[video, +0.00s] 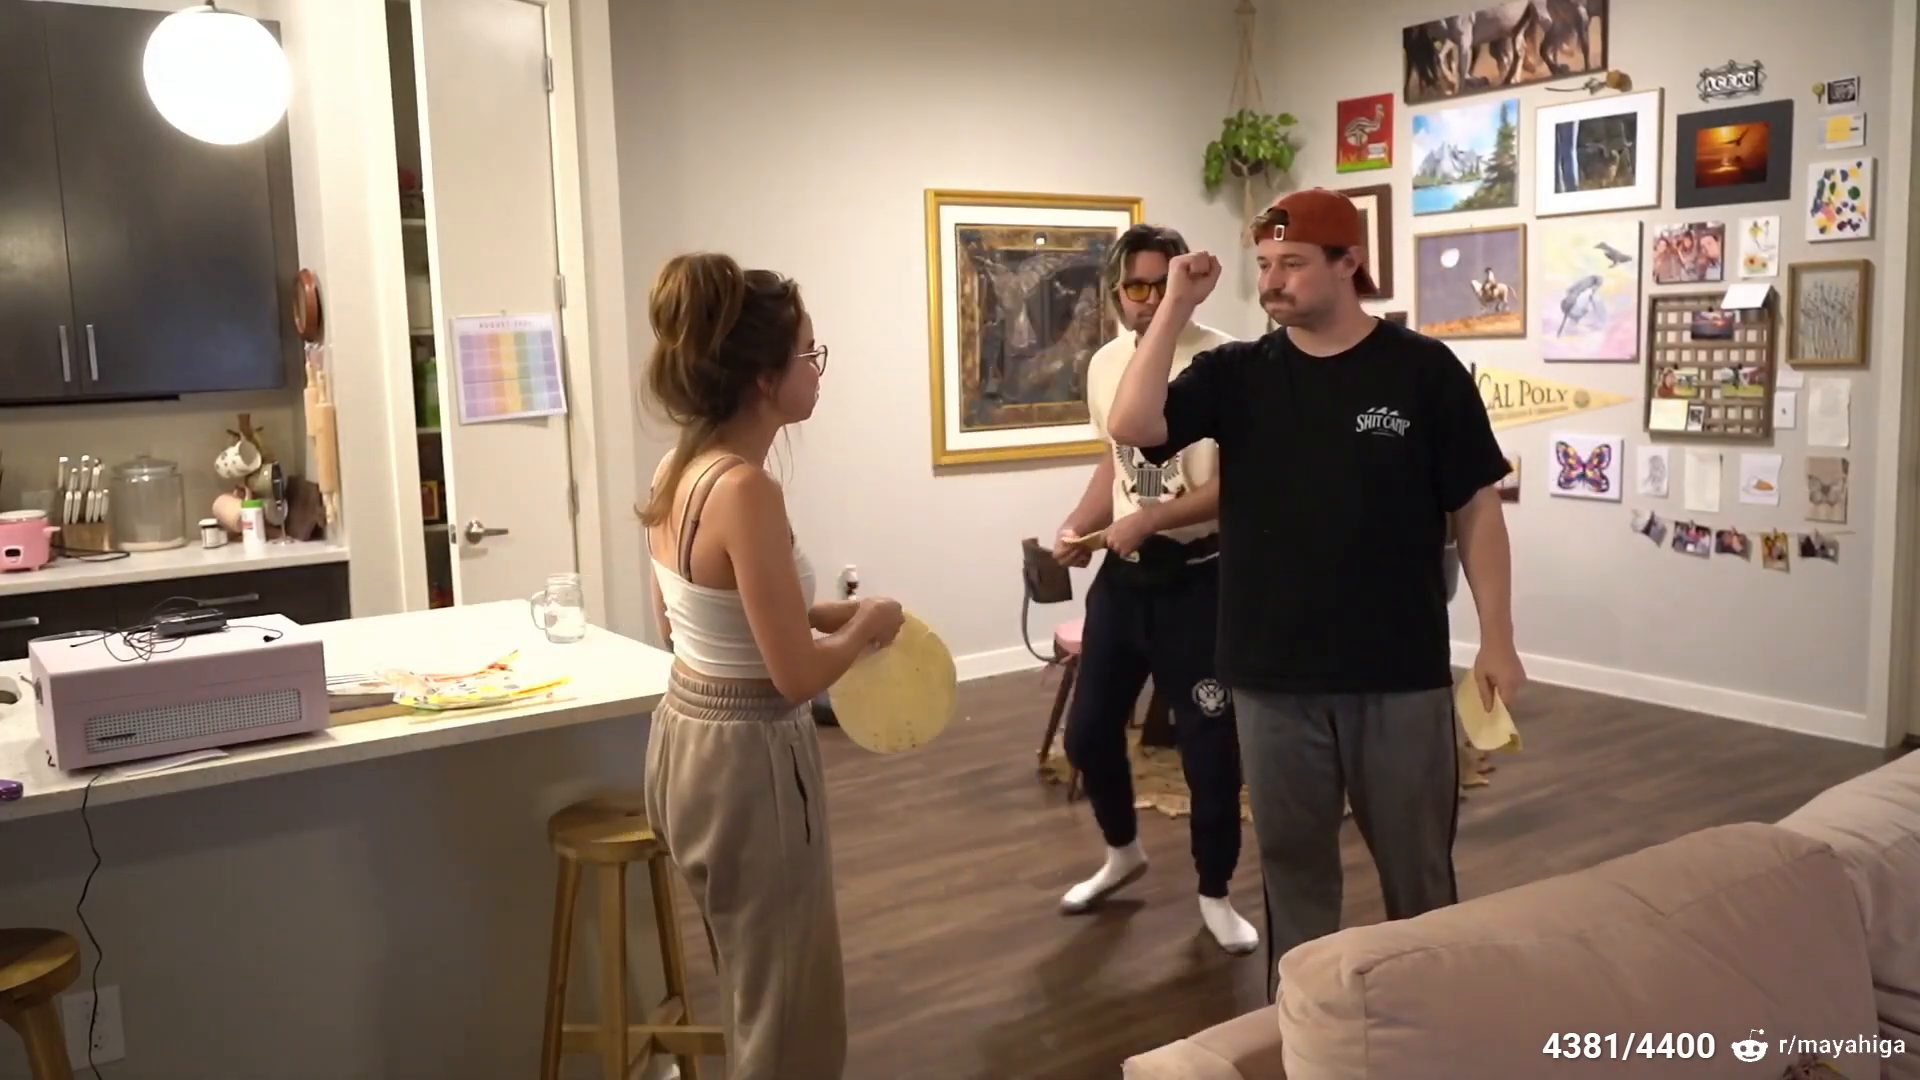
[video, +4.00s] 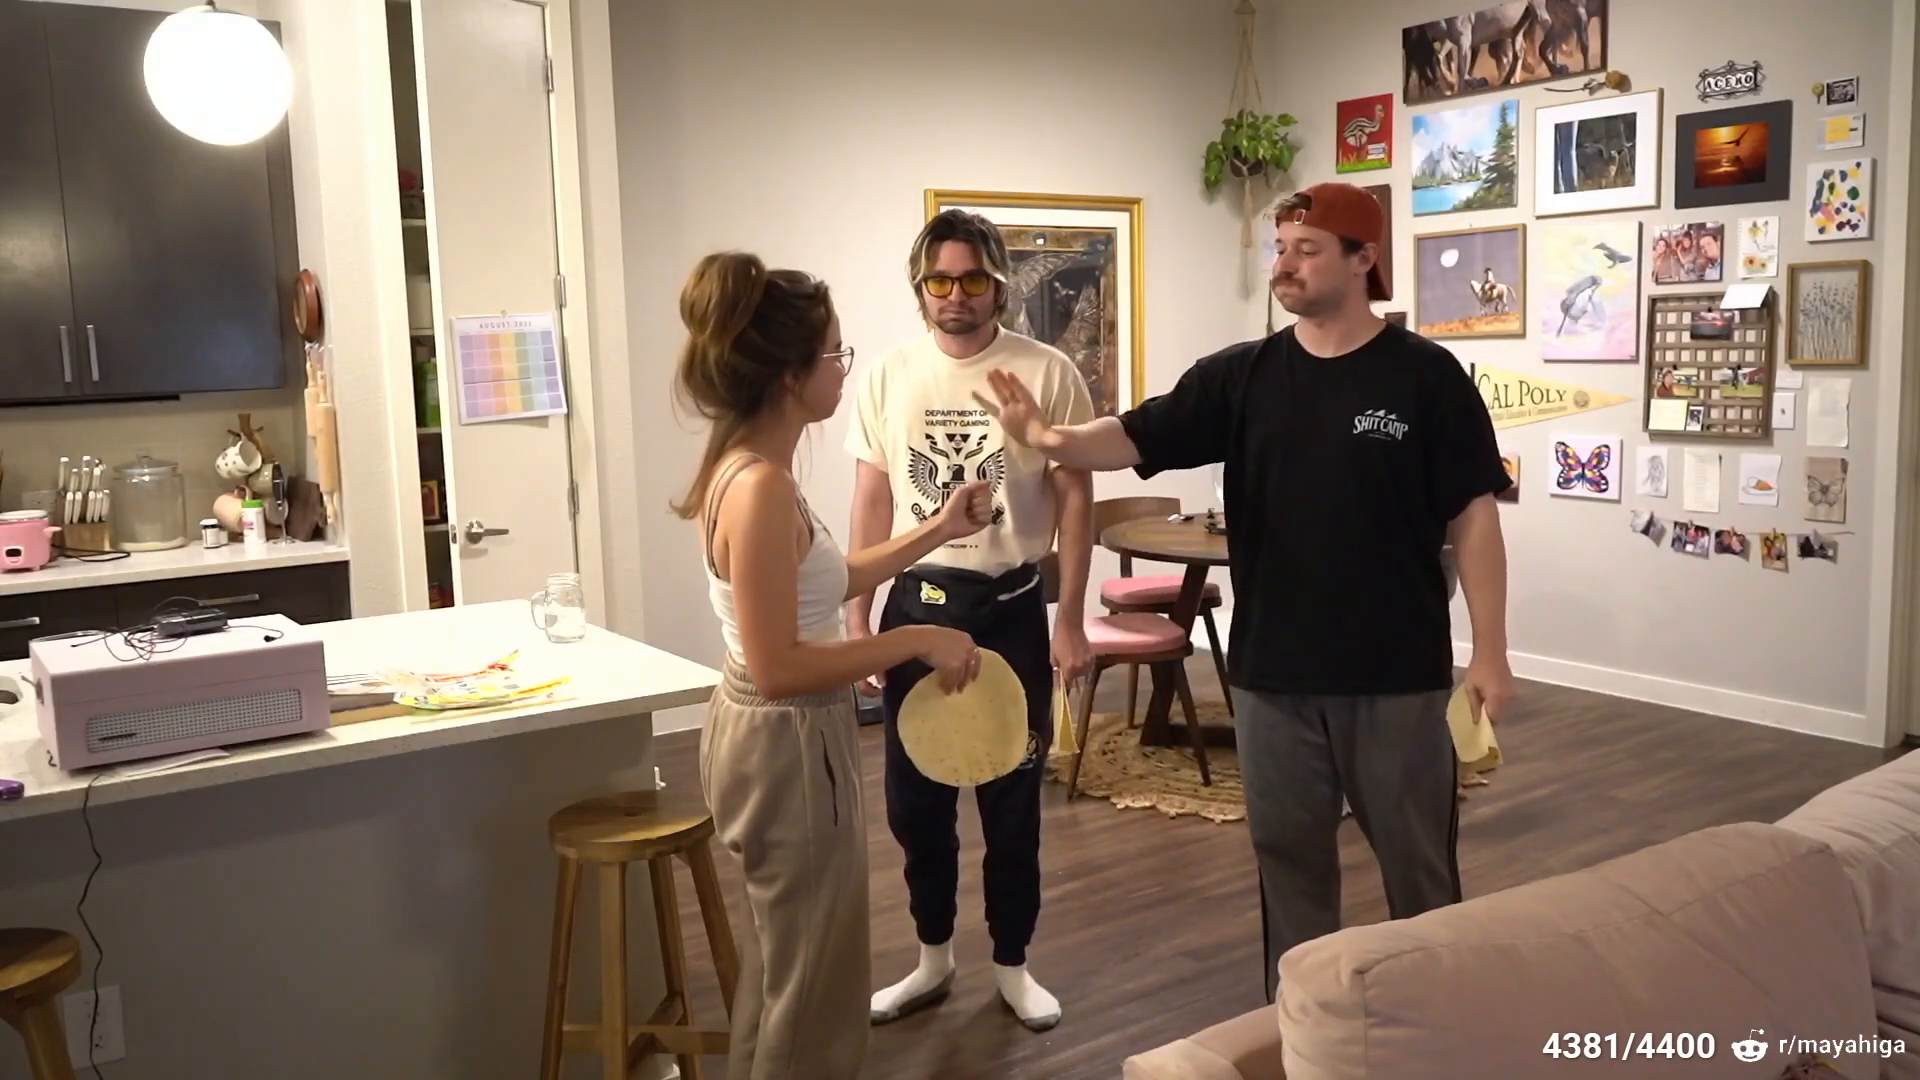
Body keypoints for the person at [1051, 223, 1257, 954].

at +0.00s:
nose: (1144, 300)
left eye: (1158, 287)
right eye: (1133, 287)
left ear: (1184, 291)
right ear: (1116, 291)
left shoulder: (1218, 363)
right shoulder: (1105, 364)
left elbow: (1234, 485)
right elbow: (1114, 462)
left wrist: (1150, 519)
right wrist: (1077, 524)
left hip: (1200, 577)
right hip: (1125, 574)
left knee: (1210, 748)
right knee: (1090, 733)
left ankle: (1215, 896)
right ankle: (1123, 852)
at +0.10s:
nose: (1165, 296)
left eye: (1180, 281)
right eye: (1152, 284)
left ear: (1208, 282)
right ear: (1139, 291)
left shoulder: (1241, 360)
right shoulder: (1132, 359)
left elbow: (1249, 485)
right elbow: (1131, 462)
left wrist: (1163, 515)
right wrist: (1098, 516)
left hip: (1212, 572)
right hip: (1141, 570)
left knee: (1215, 741)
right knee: (1129, 737)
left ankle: (1216, 891)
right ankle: (1203, 830)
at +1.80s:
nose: (1129, 291)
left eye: (1144, 277)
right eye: (1120, 279)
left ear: (1183, 279)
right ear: (1114, 288)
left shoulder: (1228, 362)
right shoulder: (1125, 367)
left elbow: (1253, 487)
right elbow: (1131, 482)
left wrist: (1230, 593)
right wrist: (1083, 558)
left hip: (1205, 582)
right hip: (1133, 579)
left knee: (1207, 757)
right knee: (1092, 746)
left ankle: (1219, 912)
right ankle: (1128, 881)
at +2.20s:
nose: (1053, 293)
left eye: (1068, 280)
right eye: (1041, 282)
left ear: (1100, 282)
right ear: (1030, 289)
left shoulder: (1146, 361)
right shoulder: (1020, 376)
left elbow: (1193, 474)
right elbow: (1019, 490)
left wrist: (1188, 591)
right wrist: (1000, 593)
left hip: (1127, 591)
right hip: (1041, 593)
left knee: (1154, 763)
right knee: (1034, 765)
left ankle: (1207, 905)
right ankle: (1051, 917)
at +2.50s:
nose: (988, 303)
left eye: (1002, 288)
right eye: (974, 291)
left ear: (1035, 286)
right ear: (962, 295)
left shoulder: (1091, 364)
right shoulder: (957, 376)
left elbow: (1131, 478)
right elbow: (936, 492)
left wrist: (1127, 593)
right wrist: (894, 597)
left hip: (1072, 586)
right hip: (989, 588)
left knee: (1084, 772)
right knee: (1007, 763)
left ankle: (1130, 914)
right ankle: (1048, 916)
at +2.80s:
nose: (976, 305)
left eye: (990, 290)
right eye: (960, 293)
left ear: (1020, 290)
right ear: (945, 300)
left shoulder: (1077, 367)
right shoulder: (934, 378)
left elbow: (1117, 484)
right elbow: (917, 499)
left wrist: (1101, 593)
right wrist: (874, 600)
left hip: (1056, 596)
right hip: (969, 594)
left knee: (1035, 777)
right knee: (980, 766)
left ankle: (1014, 953)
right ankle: (1041, 898)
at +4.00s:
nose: (955, 296)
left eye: (972, 281)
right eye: (940, 281)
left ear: (999, 285)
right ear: (920, 287)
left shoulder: (1047, 372)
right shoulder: (887, 376)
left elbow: (1076, 498)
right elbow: (872, 502)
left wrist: (1069, 618)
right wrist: (865, 624)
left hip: (1015, 605)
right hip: (915, 607)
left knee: (1012, 796)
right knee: (917, 799)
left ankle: (1013, 967)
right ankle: (933, 957)